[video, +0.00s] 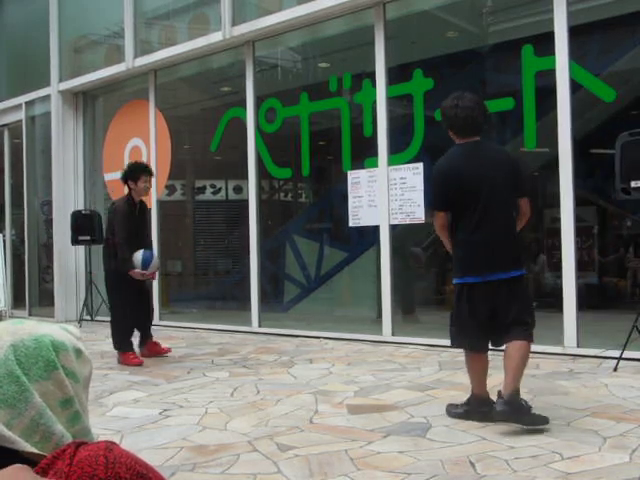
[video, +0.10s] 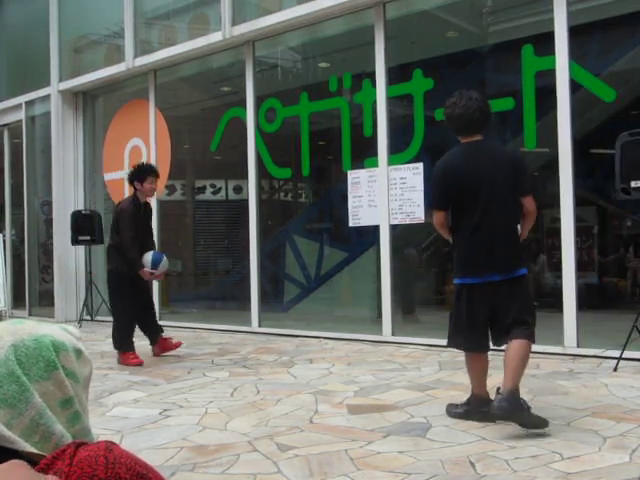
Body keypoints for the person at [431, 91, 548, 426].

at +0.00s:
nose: (447, 129)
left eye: (446, 124)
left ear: (448, 129)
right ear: (482, 123)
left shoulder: (446, 167)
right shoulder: (506, 159)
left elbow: (440, 222)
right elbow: (524, 212)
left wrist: (458, 250)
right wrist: (504, 238)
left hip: (470, 267)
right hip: (508, 263)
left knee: (473, 333)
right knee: (519, 327)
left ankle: (479, 399)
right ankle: (510, 396)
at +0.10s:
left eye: (451, 120)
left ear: (451, 125)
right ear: (485, 121)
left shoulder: (446, 165)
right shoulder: (509, 158)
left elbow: (439, 221)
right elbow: (529, 209)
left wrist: (460, 241)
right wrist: (518, 237)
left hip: (470, 267)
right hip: (509, 262)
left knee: (473, 333)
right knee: (521, 326)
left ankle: (479, 399)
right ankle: (509, 395)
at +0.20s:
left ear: (455, 124)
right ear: (489, 120)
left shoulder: (449, 166)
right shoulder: (511, 158)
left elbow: (440, 220)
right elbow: (536, 207)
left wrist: (464, 236)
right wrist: (528, 237)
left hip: (471, 267)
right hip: (511, 263)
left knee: (473, 333)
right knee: (519, 330)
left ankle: (478, 399)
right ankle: (508, 401)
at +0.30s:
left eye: (461, 121)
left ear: (462, 125)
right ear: (495, 120)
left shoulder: (456, 164)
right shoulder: (518, 158)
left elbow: (443, 218)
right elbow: (541, 211)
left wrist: (471, 230)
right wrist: (532, 235)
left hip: (475, 268)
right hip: (515, 265)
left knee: (475, 335)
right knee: (515, 335)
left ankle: (478, 400)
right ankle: (505, 411)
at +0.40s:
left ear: (470, 122)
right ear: (505, 119)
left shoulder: (462, 163)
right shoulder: (527, 158)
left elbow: (450, 219)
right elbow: (545, 212)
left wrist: (478, 229)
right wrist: (534, 232)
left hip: (479, 268)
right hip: (519, 265)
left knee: (477, 334)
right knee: (517, 336)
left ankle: (479, 400)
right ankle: (504, 416)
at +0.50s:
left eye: (480, 115)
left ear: (479, 120)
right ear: (514, 116)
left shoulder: (468, 160)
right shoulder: (536, 158)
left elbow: (456, 216)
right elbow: (553, 214)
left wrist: (487, 217)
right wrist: (536, 229)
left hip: (486, 269)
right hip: (526, 267)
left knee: (481, 335)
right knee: (520, 339)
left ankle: (479, 400)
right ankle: (503, 418)